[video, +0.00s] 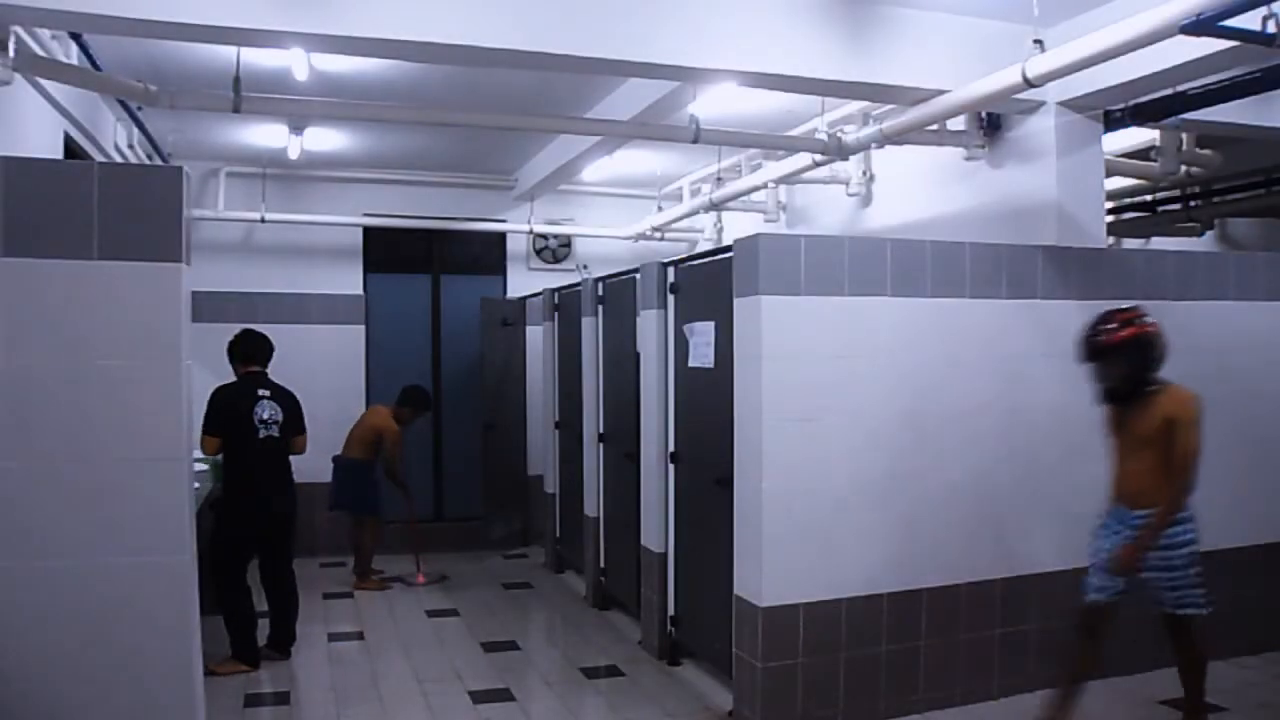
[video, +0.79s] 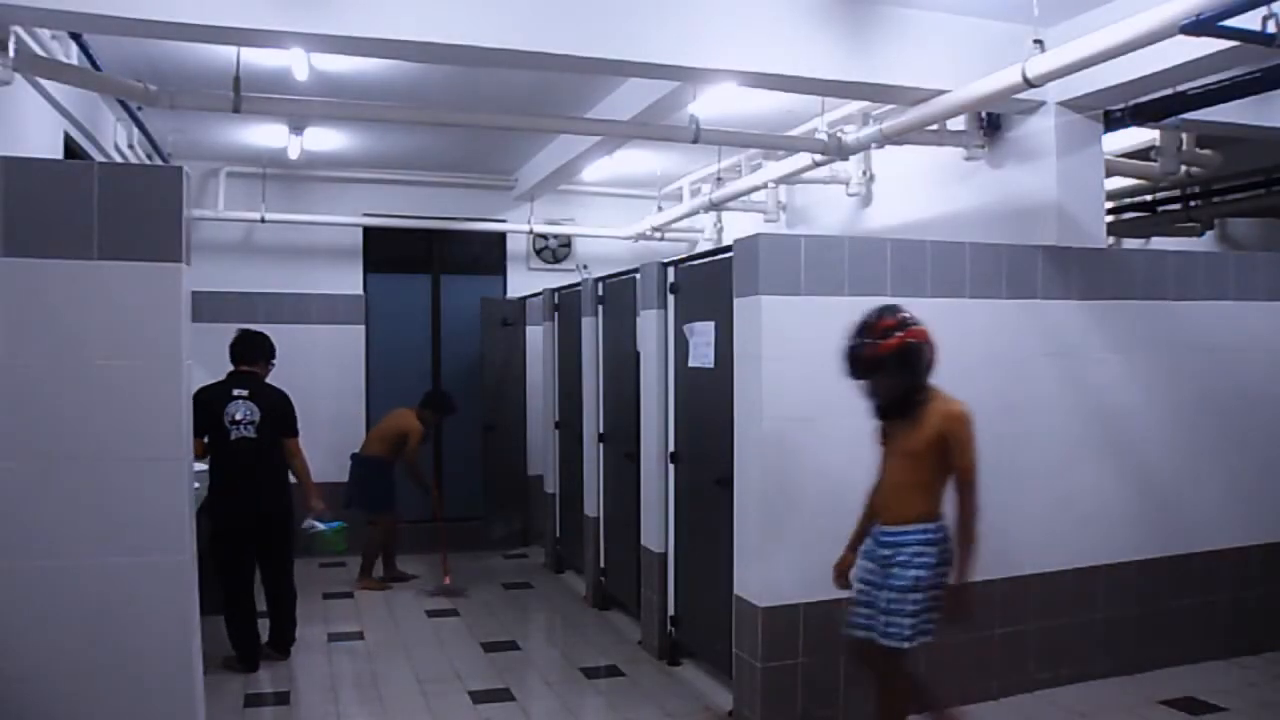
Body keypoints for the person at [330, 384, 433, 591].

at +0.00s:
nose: (413, 420)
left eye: (417, 416)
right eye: (415, 415)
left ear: (400, 404)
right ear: (407, 409)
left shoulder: (375, 411)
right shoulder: (390, 428)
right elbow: (391, 468)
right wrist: (405, 491)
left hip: (345, 465)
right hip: (359, 470)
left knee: (360, 521)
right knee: (369, 523)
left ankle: (362, 568)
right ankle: (363, 576)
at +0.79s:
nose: (436, 422)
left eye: (438, 418)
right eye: (437, 417)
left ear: (423, 405)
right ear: (430, 412)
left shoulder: (402, 414)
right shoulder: (415, 427)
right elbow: (410, 463)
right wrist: (426, 488)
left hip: (366, 463)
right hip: (375, 467)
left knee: (389, 520)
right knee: (381, 522)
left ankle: (390, 569)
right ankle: (365, 576)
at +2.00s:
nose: (449, 424)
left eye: (451, 419)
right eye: (450, 418)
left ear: (435, 407)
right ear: (442, 413)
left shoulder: (414, 414)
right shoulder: (424, 431)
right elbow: (423, 471)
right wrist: (437, 497)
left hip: (377, 465)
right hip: (387, 470)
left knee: (392, 523)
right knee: (397, 524)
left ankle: (392, 572)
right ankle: (393, 579)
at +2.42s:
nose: (447, 423)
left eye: (449, 418)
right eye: (447, 418)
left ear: (432, 408)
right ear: (439, 413)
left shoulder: (412, 416)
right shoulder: (422, 430)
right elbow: (420, 467)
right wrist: (434, 495)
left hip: (376, 465)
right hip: (386, 471)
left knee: (382, 526)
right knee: (393, 527)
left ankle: (382, 572)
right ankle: (393, 579)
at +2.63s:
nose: (440, 418)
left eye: (442, 414)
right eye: (439, 413)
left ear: (423, 404)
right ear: (432, 410)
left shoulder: (399, 414)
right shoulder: (419, 428)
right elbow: (422, 461)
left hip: (373, 467)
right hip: (386, 473)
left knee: (387, 527)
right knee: (393, 528)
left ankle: (390, 574)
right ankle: (392, 578)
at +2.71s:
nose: (438, 418)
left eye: (440, 412)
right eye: (438, 412)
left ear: (421, 403)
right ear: (431, 409)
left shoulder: (396, 413)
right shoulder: (419, 429)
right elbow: (424, 465)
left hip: (372, 471)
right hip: (388, 479)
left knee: (383, 529)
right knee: (395, 530)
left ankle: (383, 576)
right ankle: (396, 579)